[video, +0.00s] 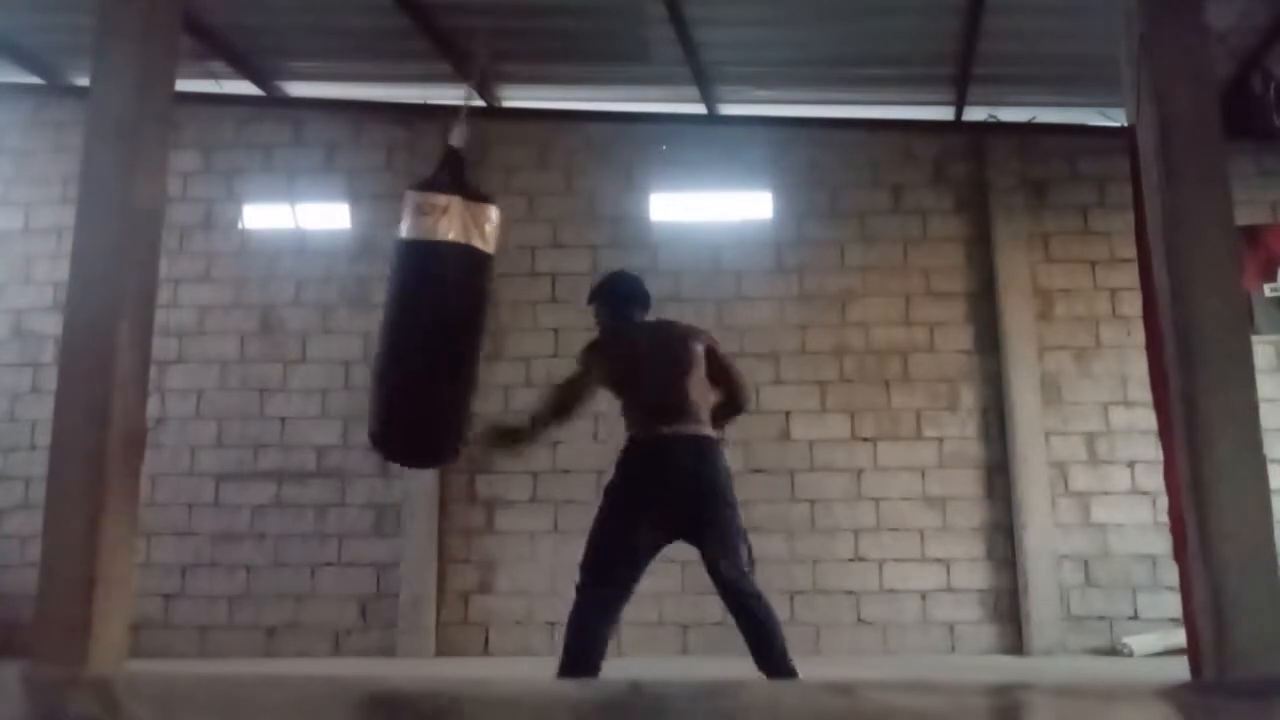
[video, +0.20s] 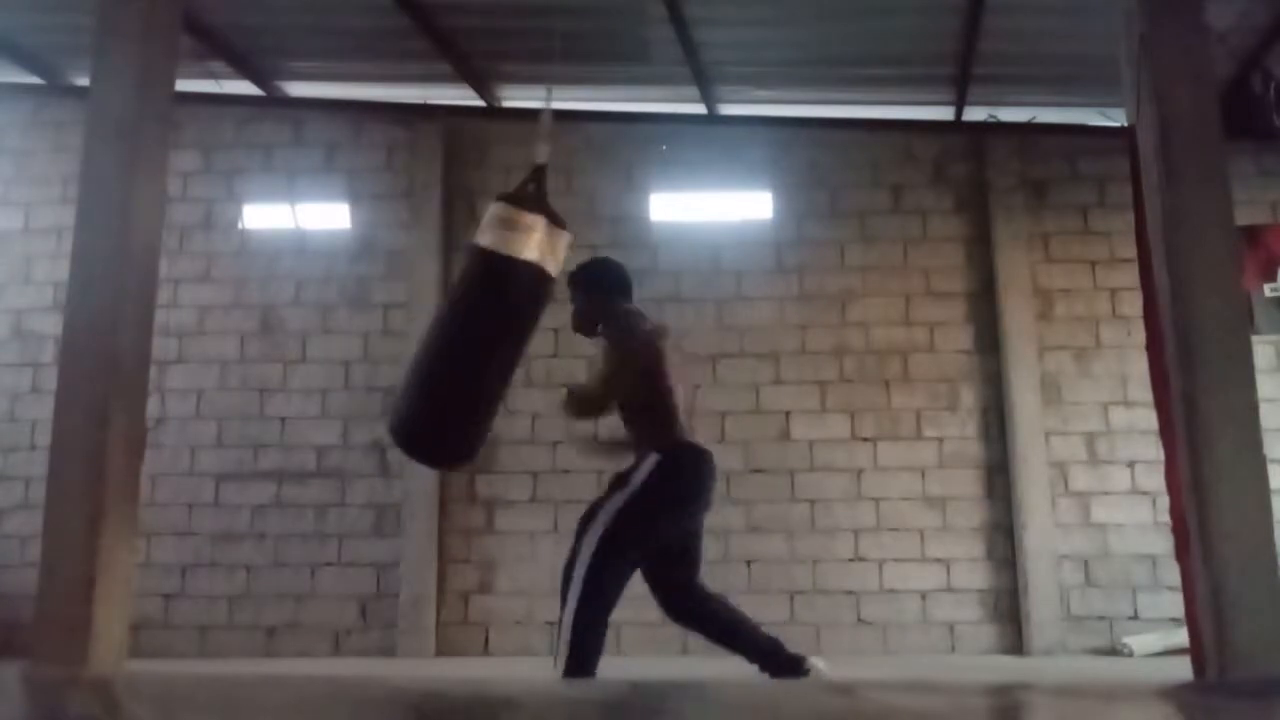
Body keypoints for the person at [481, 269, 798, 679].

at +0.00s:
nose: (597, 322)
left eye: (599, 312)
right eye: (597, 312)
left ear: (609, 309)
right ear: (644, 307)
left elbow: (564, 402)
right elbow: (739, 396)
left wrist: (526, 430)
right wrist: (709, 422)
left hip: (644, 469)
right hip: (703, 466)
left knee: (600, 590)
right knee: (738, 582)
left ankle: (571, 699)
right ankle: (788, 687)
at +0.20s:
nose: (573, 313)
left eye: (577, 302)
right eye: (572, 302)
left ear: (599, 298)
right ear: (613, 296)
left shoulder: (625, 328)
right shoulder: (637, 333)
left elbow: (604, 394)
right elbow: (654, 430)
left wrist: (579, 400)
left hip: (665, 464)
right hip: (686, 465)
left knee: (595, 544)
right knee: (680, 594)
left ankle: (574, 679)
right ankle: (787, 666)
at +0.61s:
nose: (650, 293)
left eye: (656, 282)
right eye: (650, 282)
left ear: (680, 280)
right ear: (690, 282)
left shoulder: (722, 308)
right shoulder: (718, 325)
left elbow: (696, 354)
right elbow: (712, 409)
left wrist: (659, 312)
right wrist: (662, 375)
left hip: (737, 449)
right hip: (763, 451)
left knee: (679, 532)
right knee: (743, 573)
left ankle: (682, 671)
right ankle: (812, 676)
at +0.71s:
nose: (665, 279)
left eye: (670, 268)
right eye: (664, 269)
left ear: (690, 265)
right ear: (709, 259)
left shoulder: (733, 291)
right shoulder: (743, 304)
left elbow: (709, 346)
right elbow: (727, 389)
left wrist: (670, 308)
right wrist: (681, 337)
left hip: (750, 435)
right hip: (781, 436)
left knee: (693, 548)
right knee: (751, 559)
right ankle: (814, 668)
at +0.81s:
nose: (688, 291)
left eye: (693, 280)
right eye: (687, 281)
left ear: (716, 276)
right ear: (730, 275)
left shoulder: (751, 310)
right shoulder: (765, 319)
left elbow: (730, 378)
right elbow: (738, 395)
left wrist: (693, 330)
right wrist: (697, 335)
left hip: (761, 453)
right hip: (790, 451)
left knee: (721, 570)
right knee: (759, 570)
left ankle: (785, 677)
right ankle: (845, 664)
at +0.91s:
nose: (707, 301)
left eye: (712, 290)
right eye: (706, 291)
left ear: (734, 290)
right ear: (744, 291)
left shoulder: (775, 325)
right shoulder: (764, 337)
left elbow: (744, 400)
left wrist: (712, 343)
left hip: (781, 468)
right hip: (807, 469)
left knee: (733, 582)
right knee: (777, 585)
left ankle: (789, 683)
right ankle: (876, 666)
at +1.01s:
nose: (723, 291)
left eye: (727, 282)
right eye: (722, 283)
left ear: (748, 278)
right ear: (760, 277)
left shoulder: (790, 310)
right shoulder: (771, 324)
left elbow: (774, 375)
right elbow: (753, 397)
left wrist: (732, 326)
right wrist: (730, 336)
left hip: (802, 448)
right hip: (827, 446)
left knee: (763, 564)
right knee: (809, 569)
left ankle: (796, 679)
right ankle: (893, 666)